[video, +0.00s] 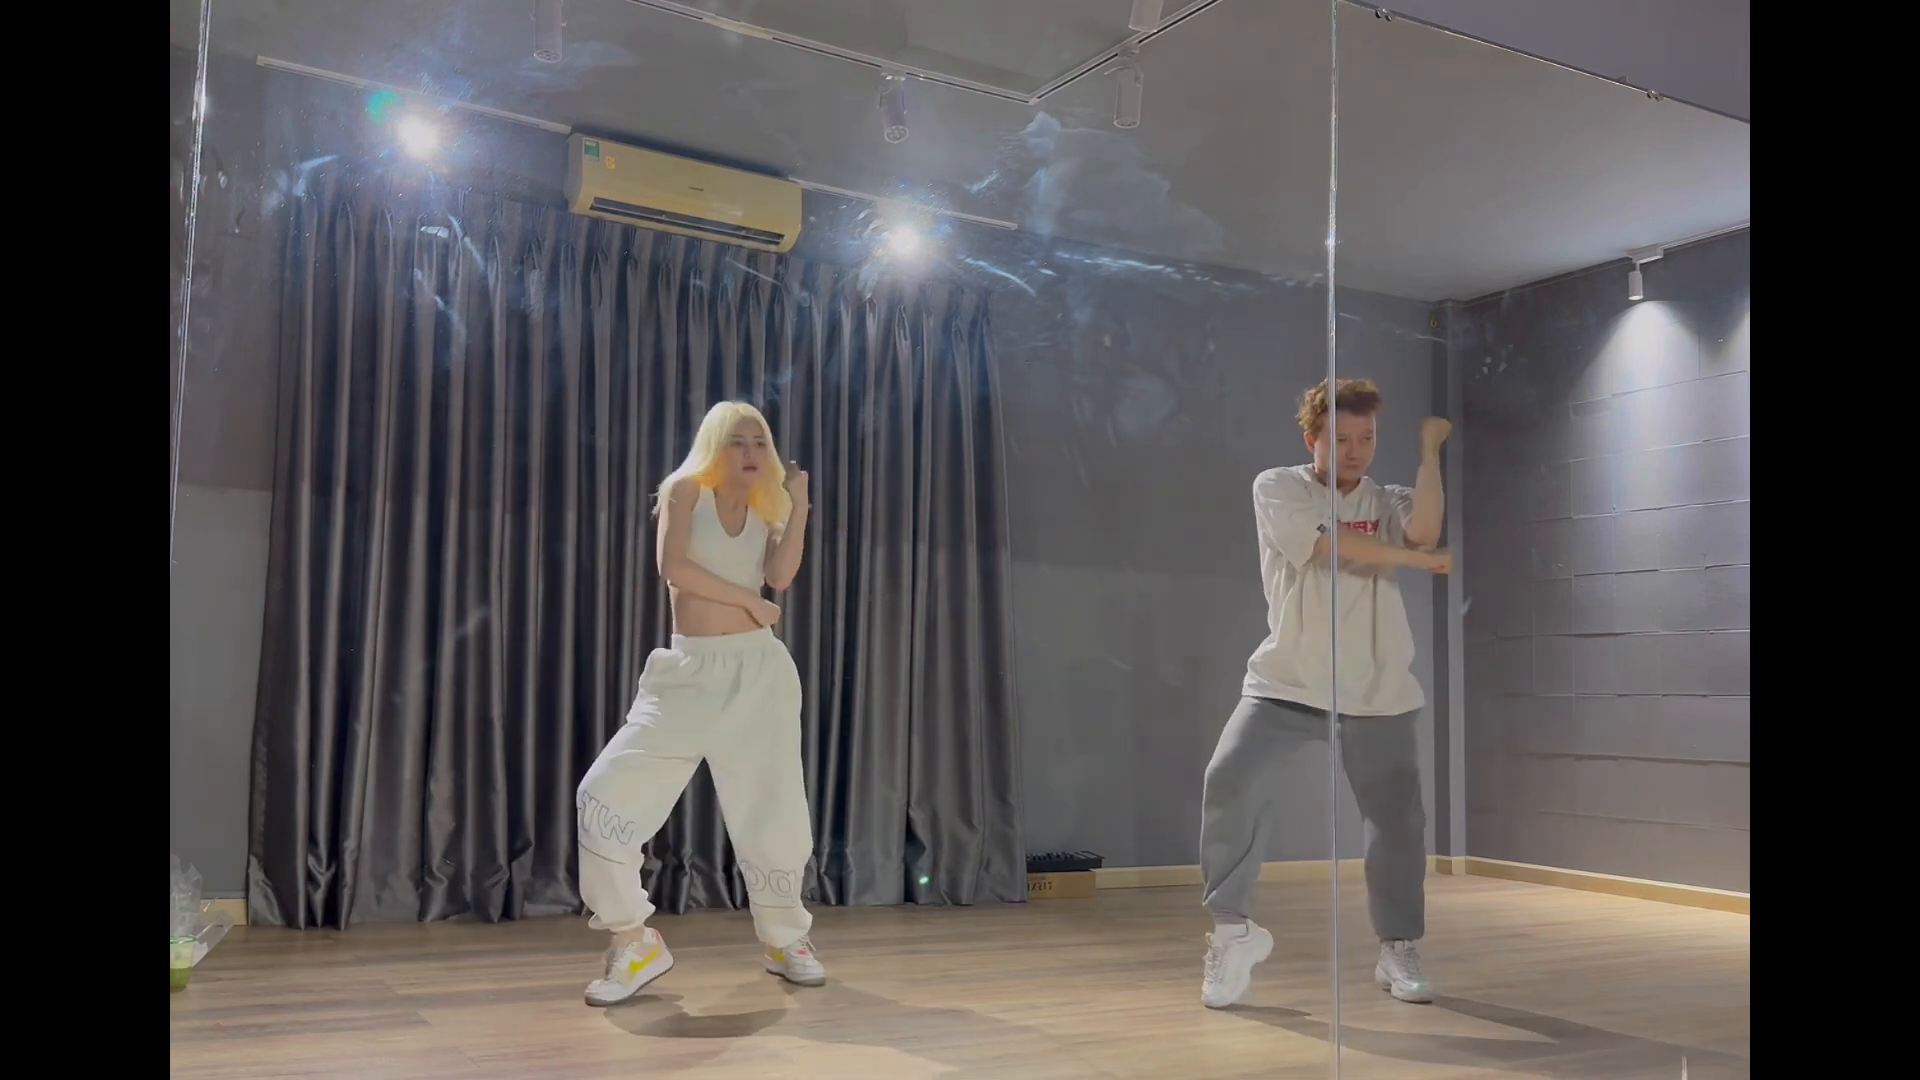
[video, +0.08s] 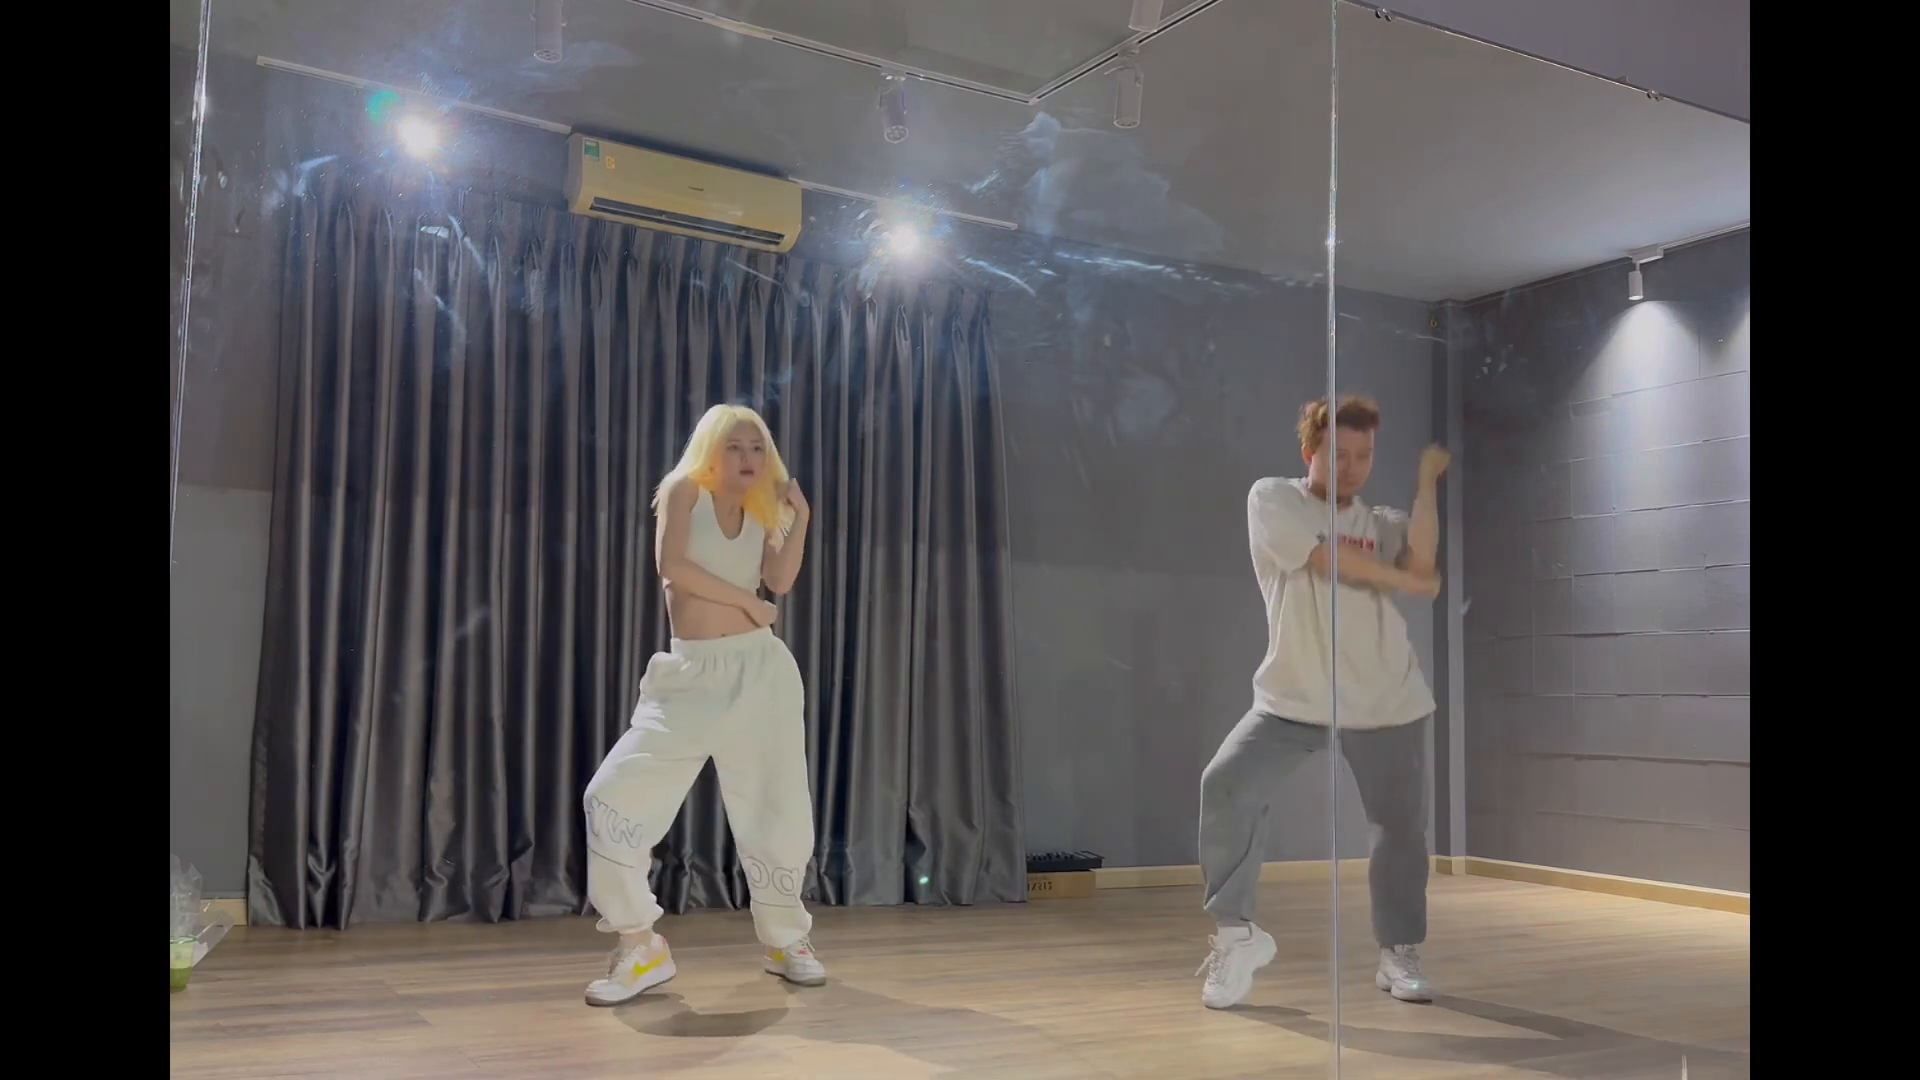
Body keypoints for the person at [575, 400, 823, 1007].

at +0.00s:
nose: (751, 451)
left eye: (759, 442)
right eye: (738, 442)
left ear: (770, 451)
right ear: (714, 450)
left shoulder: (771, 506)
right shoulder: (685, 490)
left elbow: (780, 577)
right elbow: (675, 570)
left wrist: (799, 512)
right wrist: (750, 600)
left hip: (760, 677)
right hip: (685, 678)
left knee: (773, 810)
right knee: (603, 798)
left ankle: (786, 941)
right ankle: (637, 942)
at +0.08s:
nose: (748, 456)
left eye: (757, 447)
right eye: (735, 446)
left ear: (768, 457)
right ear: (711, 453)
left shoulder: (763, 511)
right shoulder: (684, 491)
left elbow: (780, 581)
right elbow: (672, 566)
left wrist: (800, 522)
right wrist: (748, 600)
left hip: (761, 676)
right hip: (686, 680)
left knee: (777, 811)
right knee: (610, 801)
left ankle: (786, 943)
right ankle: (643, 947)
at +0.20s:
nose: (741, 475)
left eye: (748, 465)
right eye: (728, 465)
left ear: (758, 474)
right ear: (706, 471)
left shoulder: (751, 530)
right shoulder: (684, 506)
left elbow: (786, 583)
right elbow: (672, 584)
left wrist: (811, 537)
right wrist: (745, 623)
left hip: (759, 691)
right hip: (687, 697)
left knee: (790, 818)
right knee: (618, 811)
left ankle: (787, 945)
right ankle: (646, 951)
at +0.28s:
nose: (739, 459)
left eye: (746, 449)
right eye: (727, 448)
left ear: (754, 459)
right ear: (701, 453)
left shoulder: (746, 515)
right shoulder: (678, 489)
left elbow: (790, 549)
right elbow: (672, 570)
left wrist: (808, 490)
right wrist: (742, 608)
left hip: (751, 680)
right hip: (680, 683)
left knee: (791, 814)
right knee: (622, 812)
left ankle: (789, 944)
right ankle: (635, 946)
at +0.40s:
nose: (725, 444)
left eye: (736, 435)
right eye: (714, 432)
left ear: (747, 443)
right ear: (686, 437)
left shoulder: (752, 499)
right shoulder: (666, 493)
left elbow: (761, 483)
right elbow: (676, 576)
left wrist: (762, 419)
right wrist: (746, 593)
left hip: (730, 672)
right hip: (670, 664)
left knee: (790, 801)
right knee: (636, 812)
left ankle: (780, 939)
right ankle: (582, 943)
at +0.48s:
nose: (724, 457)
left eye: (733, 447)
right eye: (712, 445)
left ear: (744, 459)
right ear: (685, 451)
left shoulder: (755, 511)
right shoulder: (661, 516)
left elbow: (737, 590)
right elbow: (680, 596)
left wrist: (742, 618)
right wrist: (751, 608)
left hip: (719, 680)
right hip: (664, 669)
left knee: (785, 802)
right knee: (632, 809)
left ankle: (778, 939)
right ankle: (579, 946)